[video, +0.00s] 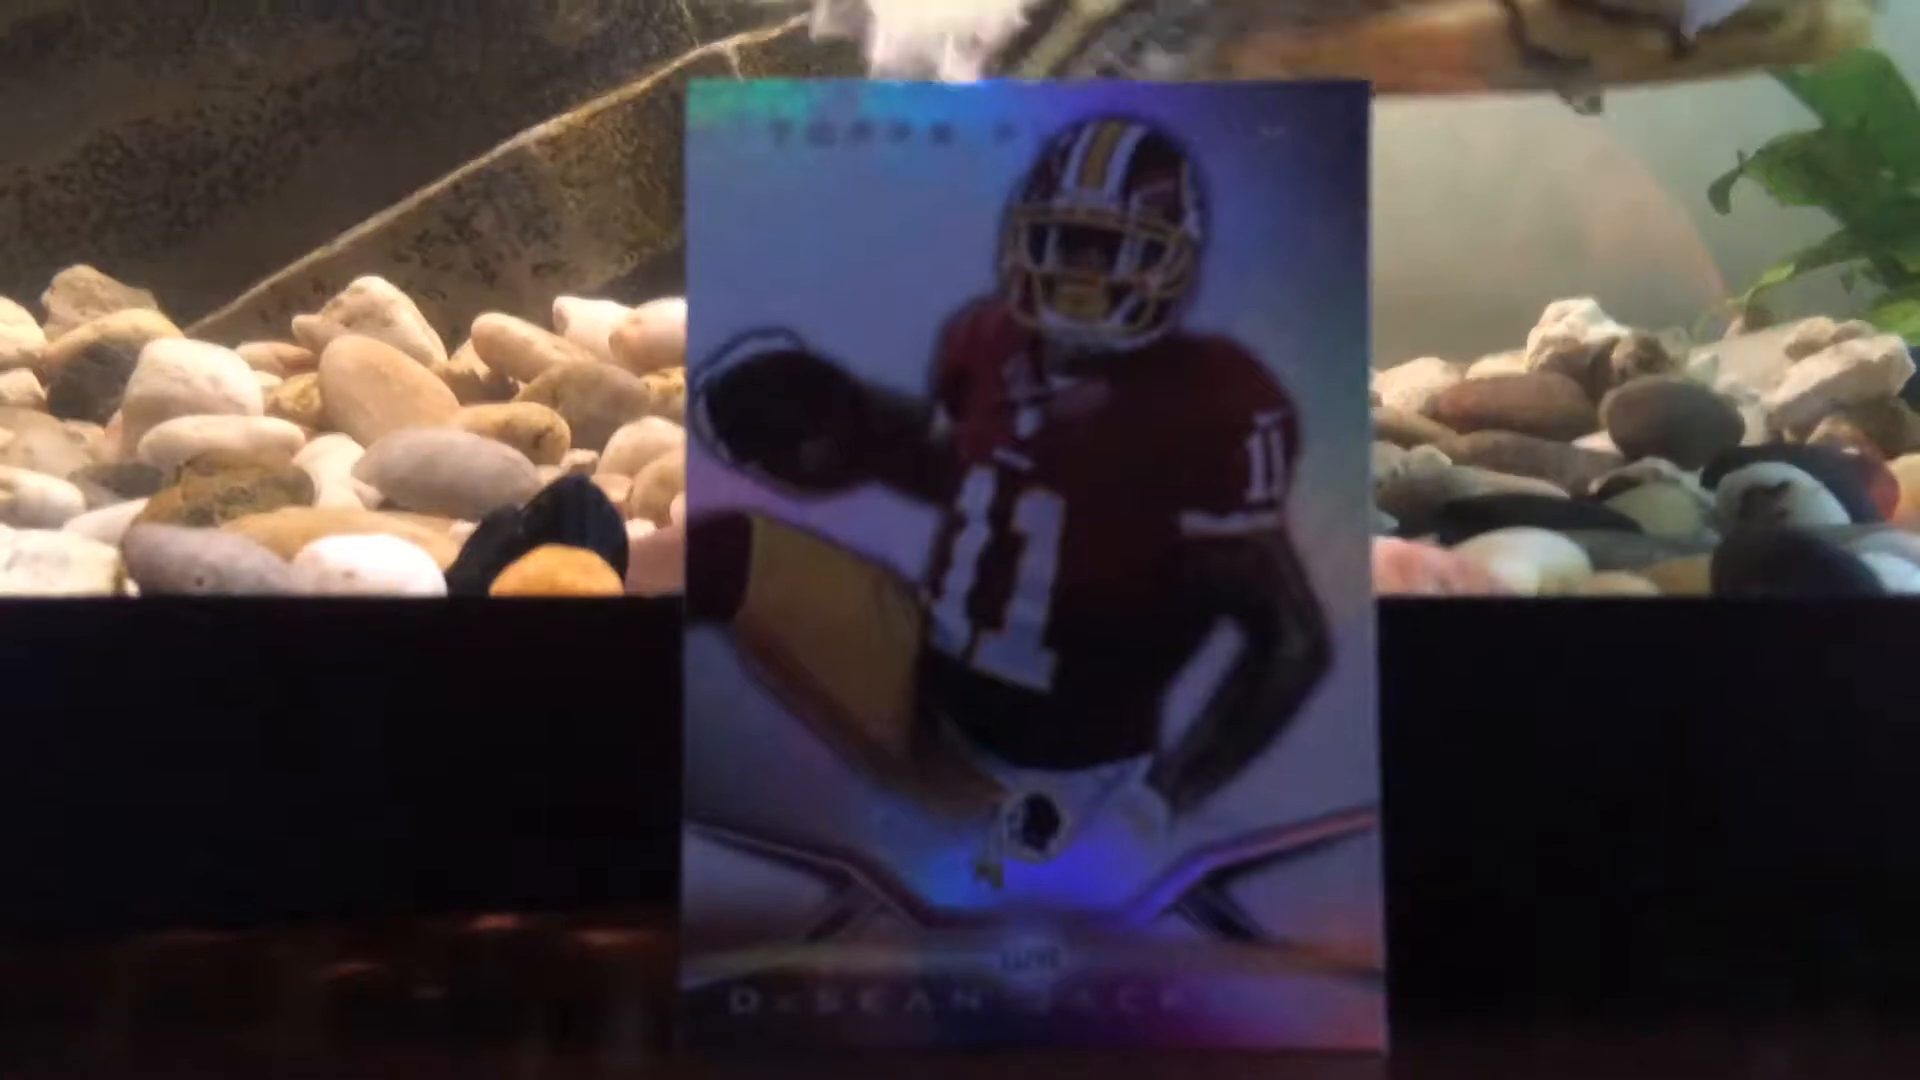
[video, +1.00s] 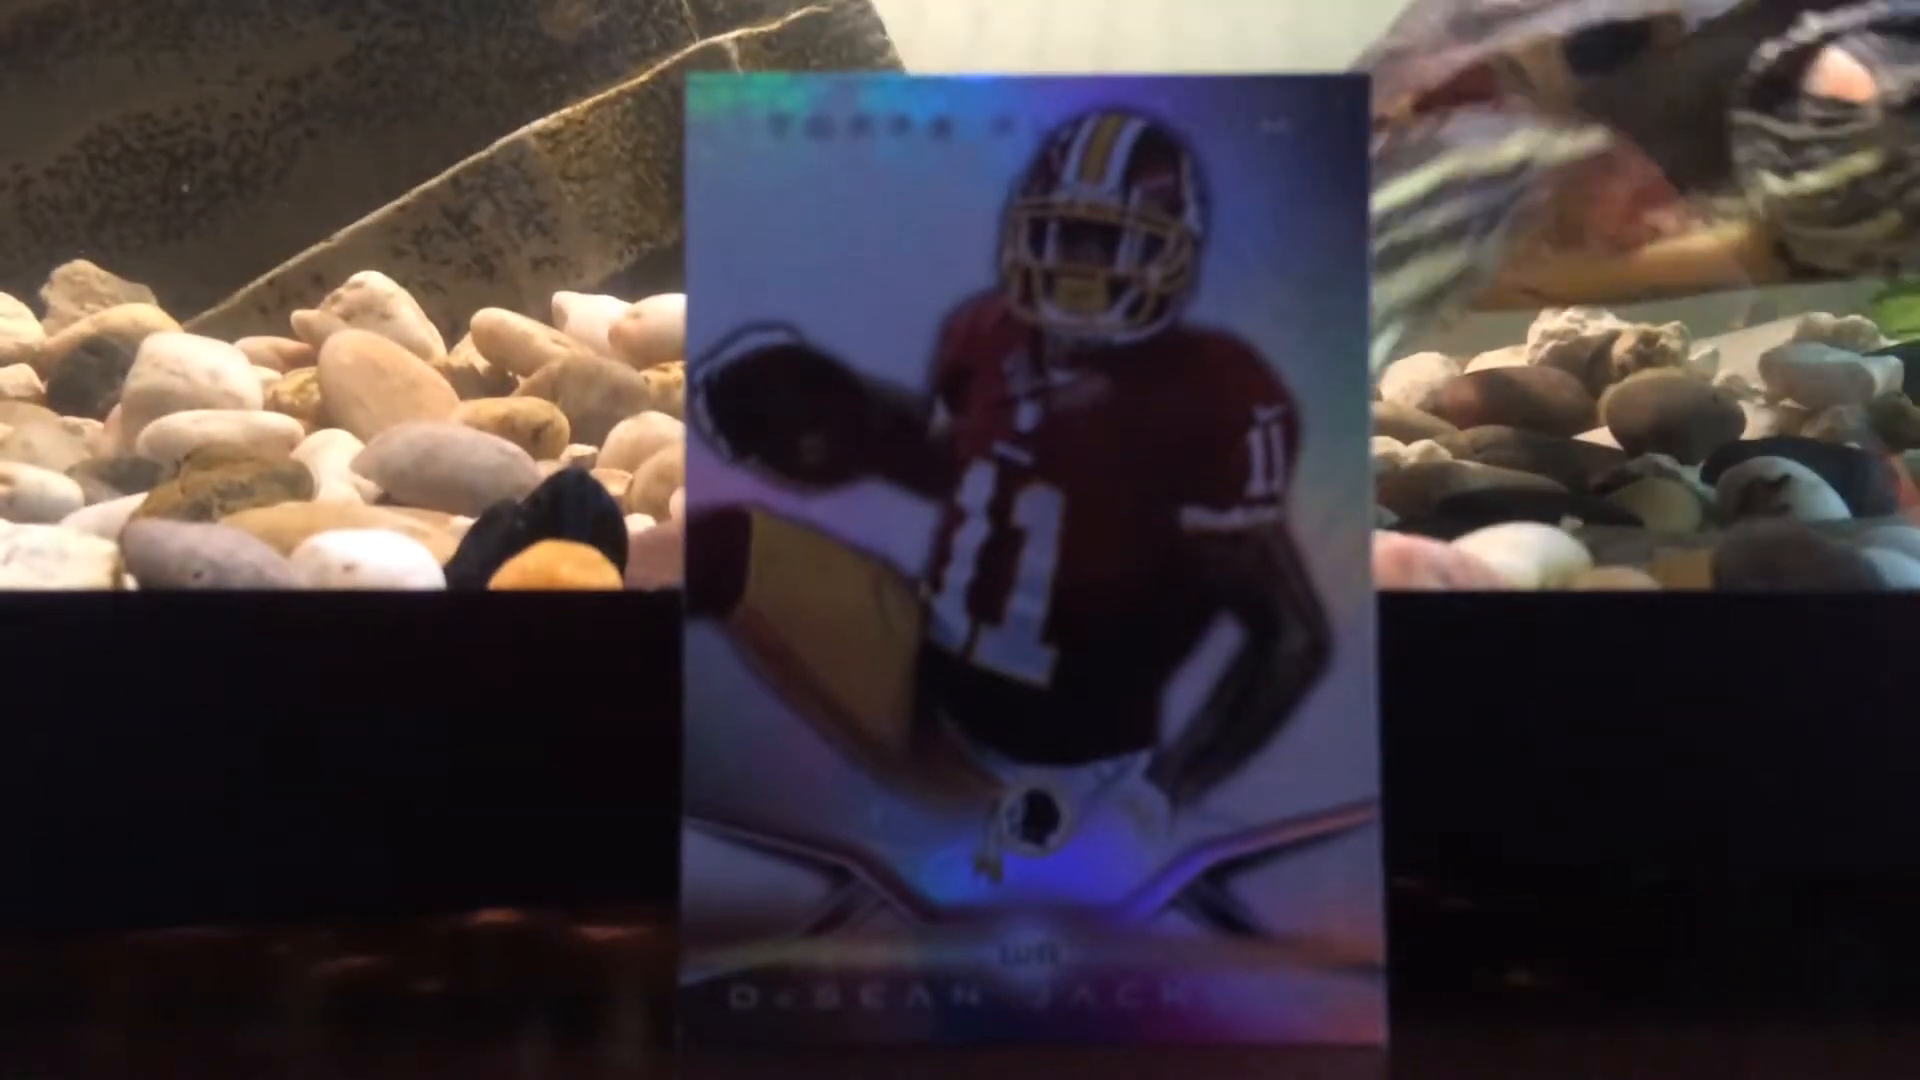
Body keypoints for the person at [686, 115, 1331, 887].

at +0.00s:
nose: (1083, 277)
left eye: (1118, 252)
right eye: (1064, 244)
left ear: (1176, 264)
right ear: (1023, 244)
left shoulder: (1217, 405)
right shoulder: (982, 344)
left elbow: (1292, 644)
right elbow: (964, 472)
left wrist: (1159, 802)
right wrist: (857, 429)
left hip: (1077, 772)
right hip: (930, 693)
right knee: (720, 552)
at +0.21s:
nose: (1081, 275)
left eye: (1115, 250)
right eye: (1061, 242)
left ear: (1176, 261)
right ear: (1021, 242)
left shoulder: (1216, 404)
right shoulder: (982, 342)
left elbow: (1293, 643)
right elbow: (962, 475)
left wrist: (1160, 801)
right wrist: (859, 433)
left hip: (1079, 770)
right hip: (931, 692)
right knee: (717, 552)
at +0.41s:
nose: (1081, 274)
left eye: (1116, 248)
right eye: (1062, 241)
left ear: (1175, 260)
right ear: (1022, 242)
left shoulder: (1216, 402)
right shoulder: (982, 341)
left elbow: (1293, 641)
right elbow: (960, 472)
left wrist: (1159, 800)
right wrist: (857, 431)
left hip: (1081, 767)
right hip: (931, 690)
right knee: (717, 550)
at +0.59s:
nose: (1082, 272)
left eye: (1116, 247)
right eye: (1063, 239)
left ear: (1175, 259)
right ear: (1022, 240)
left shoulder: (1217, 401)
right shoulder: (981, 341)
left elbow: (1293, 642)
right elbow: (961, 472)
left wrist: (1160, 799)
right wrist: (857, 432)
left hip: (1081, 768)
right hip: (932, 695)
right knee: (718, 550)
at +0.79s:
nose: (1081, 271)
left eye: (1115, 246)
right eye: (1062, 238)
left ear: (1175, 258)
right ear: (1023, 239)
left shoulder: (1218, 399)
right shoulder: (981, 339)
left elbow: (1293, 640)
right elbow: (962, 470)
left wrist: (1159, 799)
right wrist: (856, 427)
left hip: (1081, 766)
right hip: (932, 693)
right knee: (718, 549)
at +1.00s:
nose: (1081, 270)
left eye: (1115, 244)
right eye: (1063, 237)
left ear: (1175, 256)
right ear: (1022, 238)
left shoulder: (1218, 398)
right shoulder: (982, 338)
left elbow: (1293, 640)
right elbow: (960, 468)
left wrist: (1159, 797)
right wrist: (854, 425)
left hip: (1082, 764)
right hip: (932, 691)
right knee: (718, 547)